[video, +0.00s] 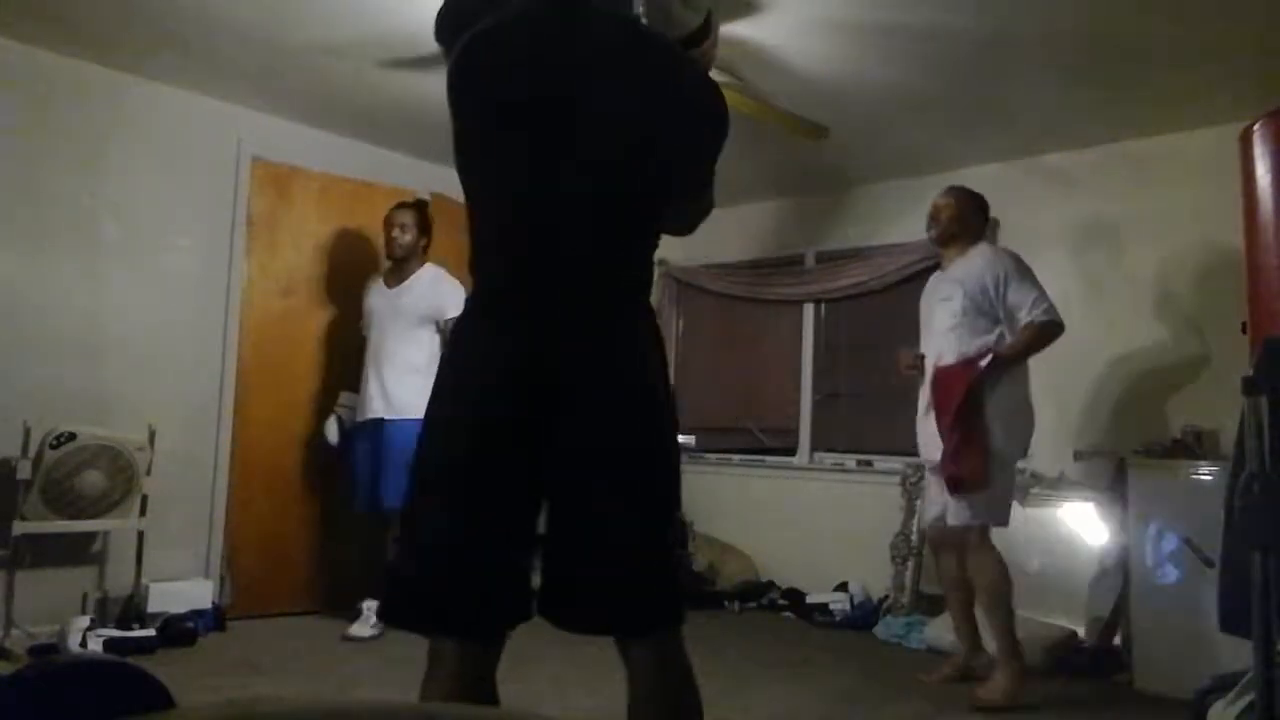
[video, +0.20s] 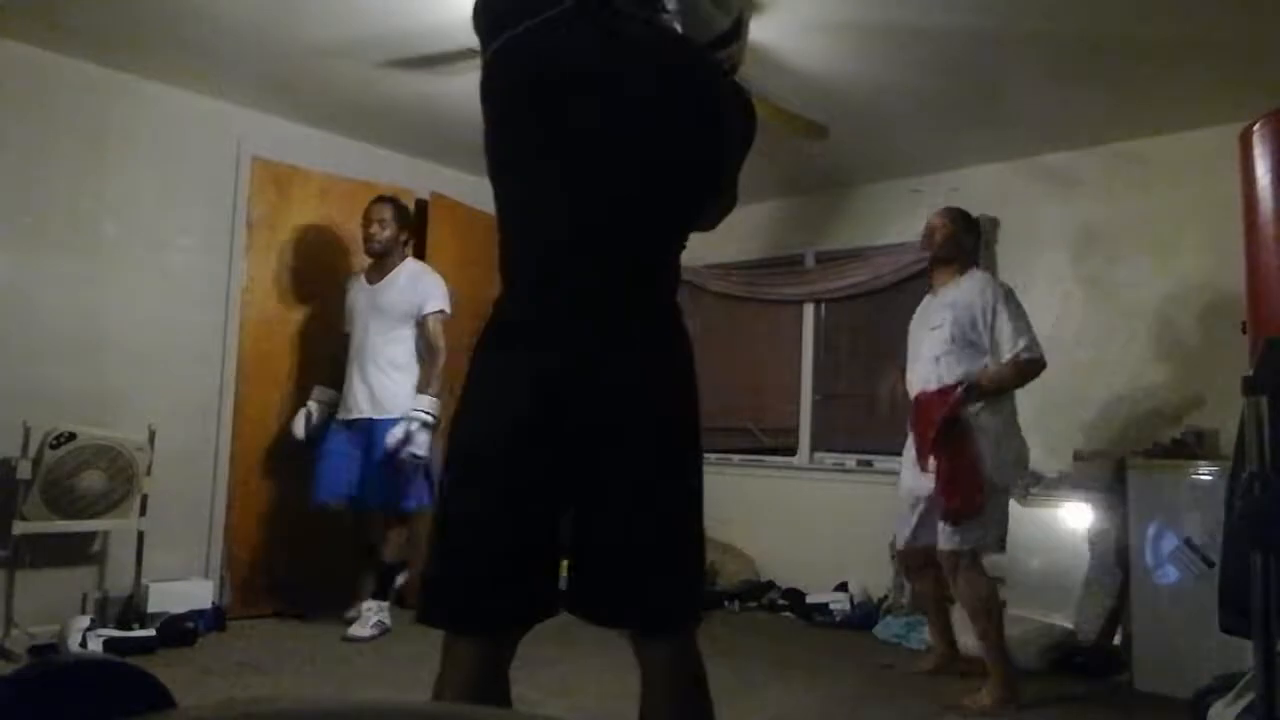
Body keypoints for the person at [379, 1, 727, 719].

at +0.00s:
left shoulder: (479, 58)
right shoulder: (676, 82)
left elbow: (455, 15)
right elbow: (682, 211)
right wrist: (688, 74)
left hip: (493, 362)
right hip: (614, 368)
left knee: (461, 640)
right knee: (650, 635)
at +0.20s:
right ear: (656, 2)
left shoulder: (512, 62)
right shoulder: (708, 92)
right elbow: (709, 208)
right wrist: (717, 79)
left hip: (523, 367)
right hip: (643, 375)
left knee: (476, 643)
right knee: (666, 641)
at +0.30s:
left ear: (562, 3)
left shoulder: (527, 65)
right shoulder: (722, 91)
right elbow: (725, 209)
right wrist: (729, 91)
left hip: (537, 359)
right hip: (655, 369)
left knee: (483, 640)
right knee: (672, 638)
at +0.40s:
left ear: (573, 9)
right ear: (686, 5)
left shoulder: (539, 69)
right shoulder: (731, 93)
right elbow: (738, 211)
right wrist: (742, 87)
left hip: (551, 361)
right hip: (667, 371)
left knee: (491, 639)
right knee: (680, 642)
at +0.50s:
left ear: (587, 7)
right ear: (699, 5)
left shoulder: (550, 68)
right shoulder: (738, 89)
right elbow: (750, 211)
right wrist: (760, 76)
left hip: (560, 362)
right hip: (679, 371)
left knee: (497, 632)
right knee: (686, 639)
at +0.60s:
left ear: (600, 3)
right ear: (706, 3)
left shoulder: (559, 65)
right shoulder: (743, 86)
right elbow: (760, 209)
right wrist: (771, 89)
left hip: (574, 355)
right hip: (689, 365)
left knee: (501, 630)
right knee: (696, 640)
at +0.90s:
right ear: (709, 1)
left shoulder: (562, 61)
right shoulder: (747, 79)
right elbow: (773, 201)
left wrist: (729, 60)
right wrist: (773, 78)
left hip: (580, 353)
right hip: (698, 361)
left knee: (500, 612)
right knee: (707, 642)